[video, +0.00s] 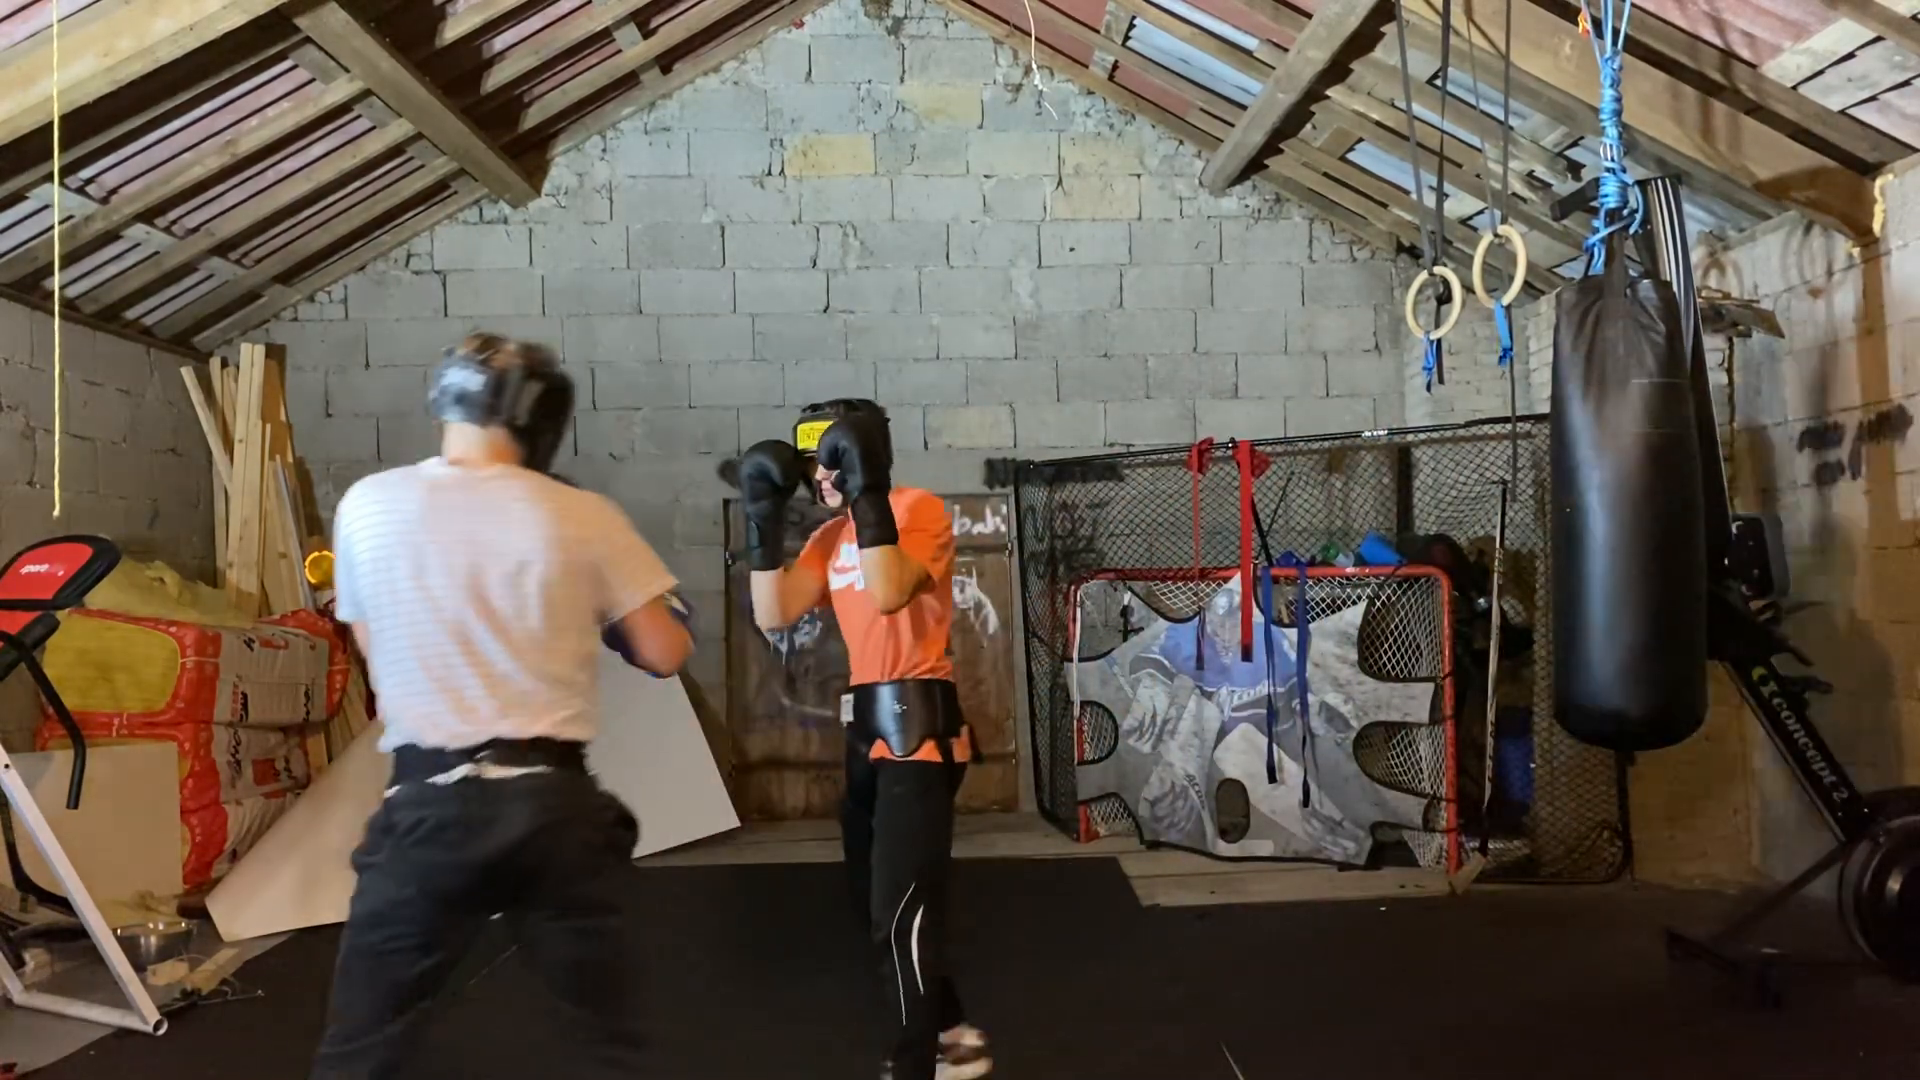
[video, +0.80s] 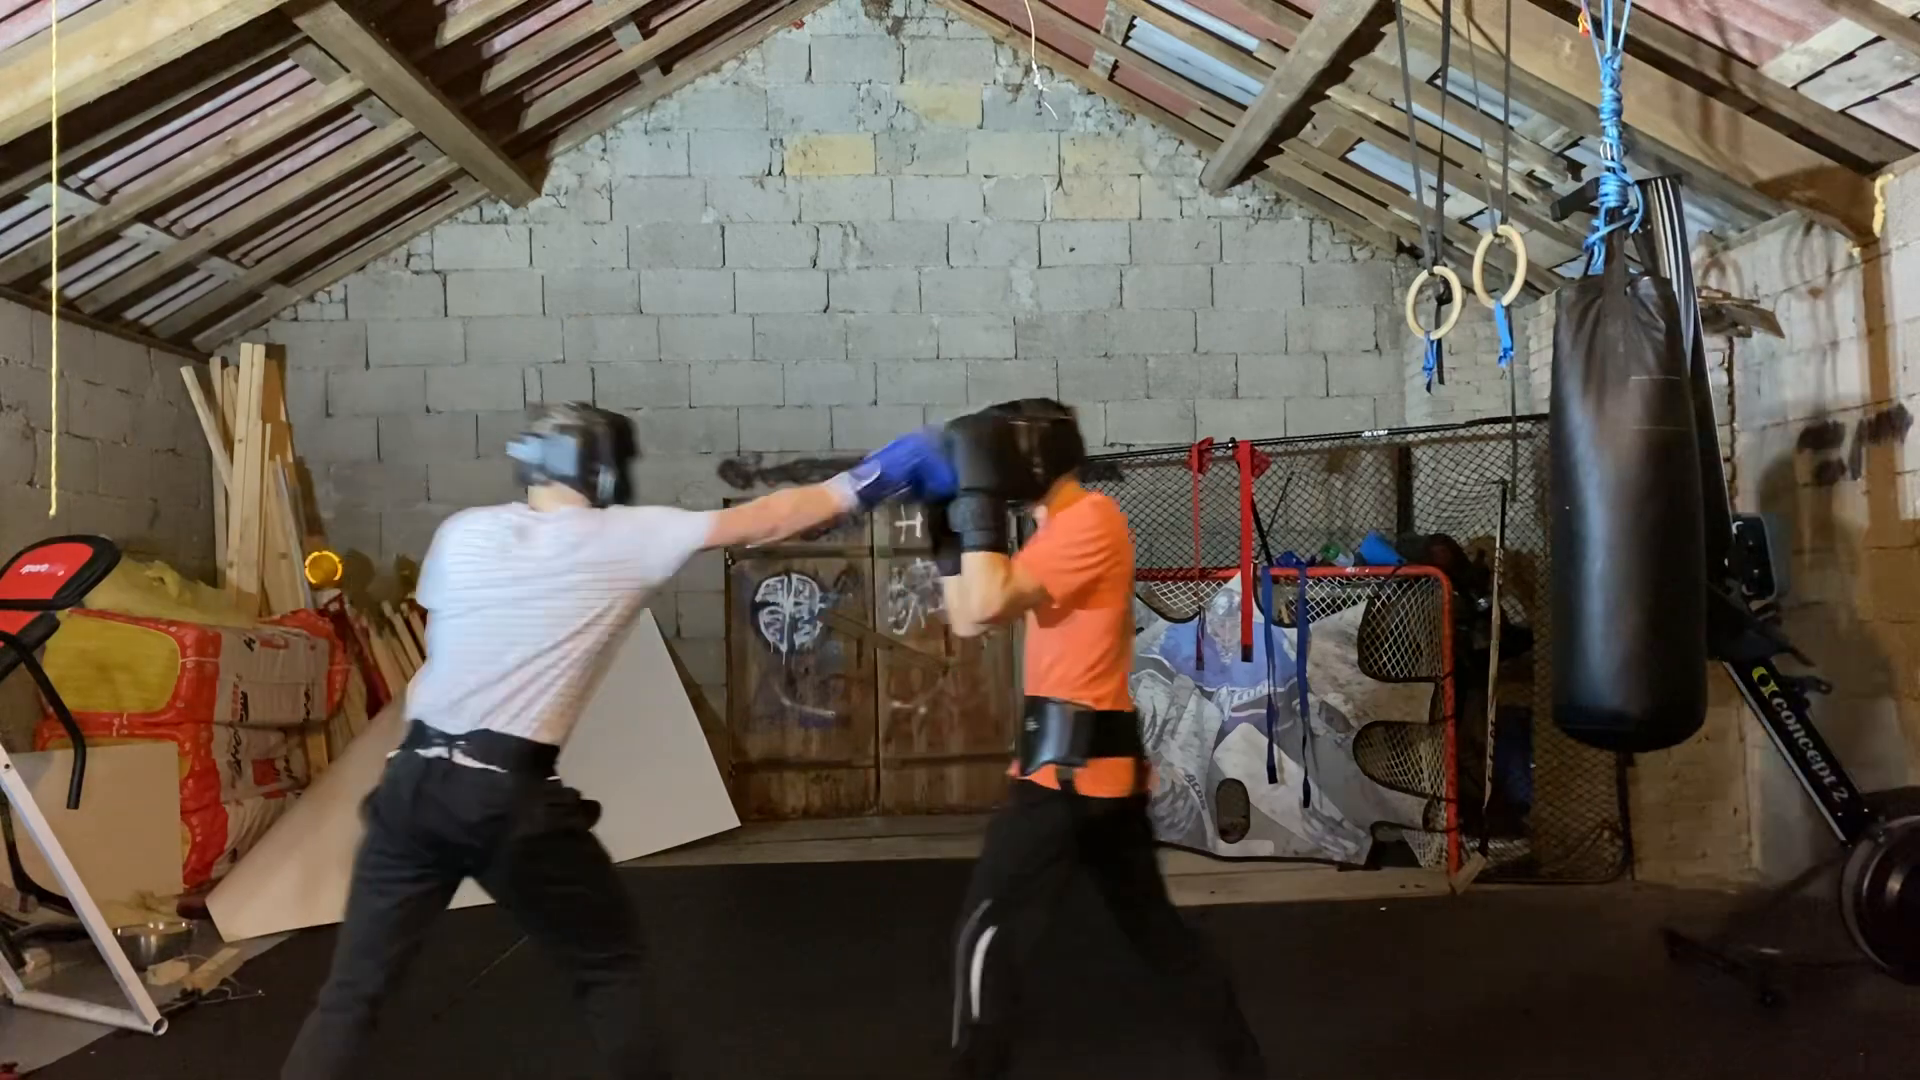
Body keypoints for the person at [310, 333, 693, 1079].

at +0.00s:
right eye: (549, 420)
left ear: (446, 409)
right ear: (544, 422)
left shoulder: (365, 506)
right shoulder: (581, 517)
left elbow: (365, 638)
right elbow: (663, 652)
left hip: (425, 825)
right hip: (556, 816)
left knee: (355, 1056)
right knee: (615, 1048)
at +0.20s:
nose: (457, 436)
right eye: (452, 422)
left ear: (348, 416)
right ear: (444, 427)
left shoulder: (273, 527)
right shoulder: (483, 517)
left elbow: (290, 655)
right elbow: (562, 643)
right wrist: (623, 621)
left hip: (359, 827)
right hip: (488, 814)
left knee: (308, 1050)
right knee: (579, 1015)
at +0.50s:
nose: (453, 453)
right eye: (449, 439)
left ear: (348, 436)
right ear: (435, 444)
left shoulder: (277, 541)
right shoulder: (466, 527)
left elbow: (357, 606)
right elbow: (542, 643)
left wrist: (458, 528)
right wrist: (617, 618)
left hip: (340, 820)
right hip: (459, 813)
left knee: (301, 1038)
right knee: (535, 1024)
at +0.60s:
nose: (488, 466)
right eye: (484, 452)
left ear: (389, 442)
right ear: (474, 454)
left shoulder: (312, 540)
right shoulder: (493, 540)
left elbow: (391, 638)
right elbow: (575, 650)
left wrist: (515, 616)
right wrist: (643, 634)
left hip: (359, 815)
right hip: (474, 809)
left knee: (310, 1037)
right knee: (573, 978)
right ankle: (599, 1069)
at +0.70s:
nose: (549, 470)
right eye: (544, 458)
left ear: (448, 454)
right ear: (531, 464)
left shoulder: (375, 536)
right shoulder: (550, 540)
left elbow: (383, 627)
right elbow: (664, 591)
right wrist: (721, 576)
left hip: (384, 805)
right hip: (499, 805)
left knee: (327, 1023)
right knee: (598, 973)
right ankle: (631, 1072)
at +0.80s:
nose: (610, 485)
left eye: (563, 471)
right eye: (610, 473)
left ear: (532, 472)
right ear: (607, 479)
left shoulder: (459, 533)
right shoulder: (625, 536)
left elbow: (436, 624)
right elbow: (763, 520)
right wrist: (869, 480)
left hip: (412, 786)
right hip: (508, 796)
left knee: (350, 992)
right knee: (608, 966)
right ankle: (635, 1074)